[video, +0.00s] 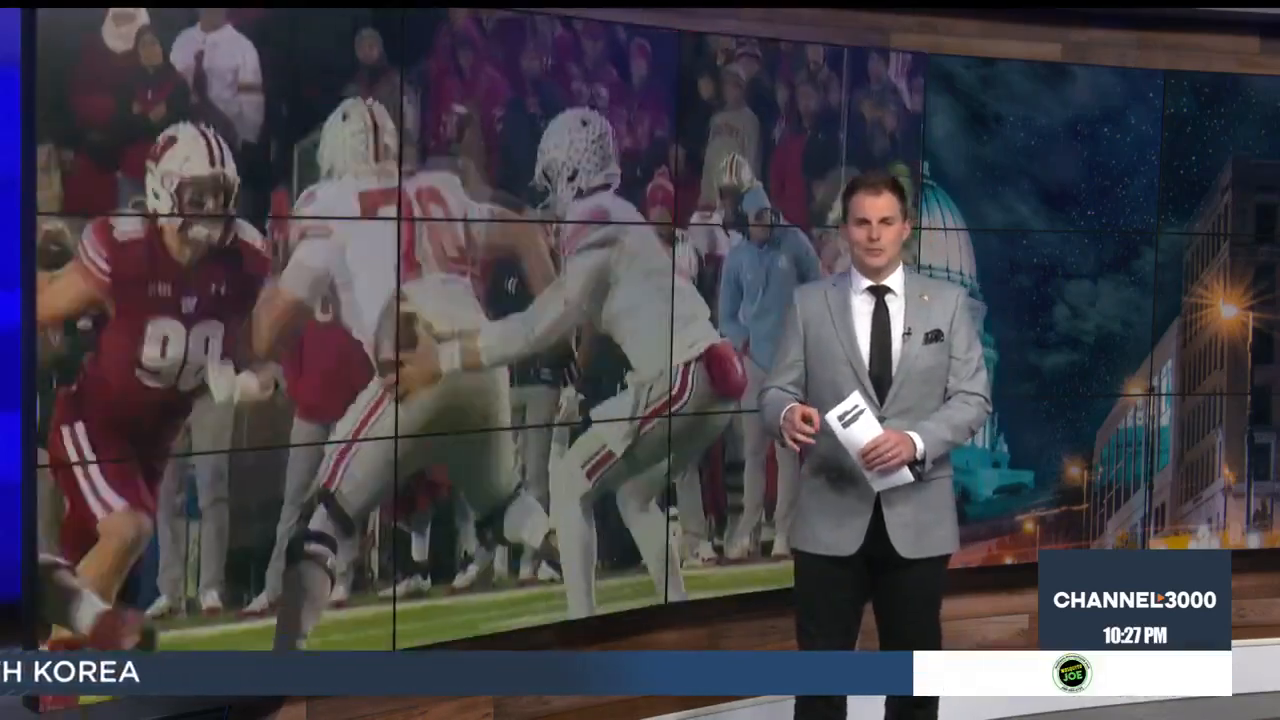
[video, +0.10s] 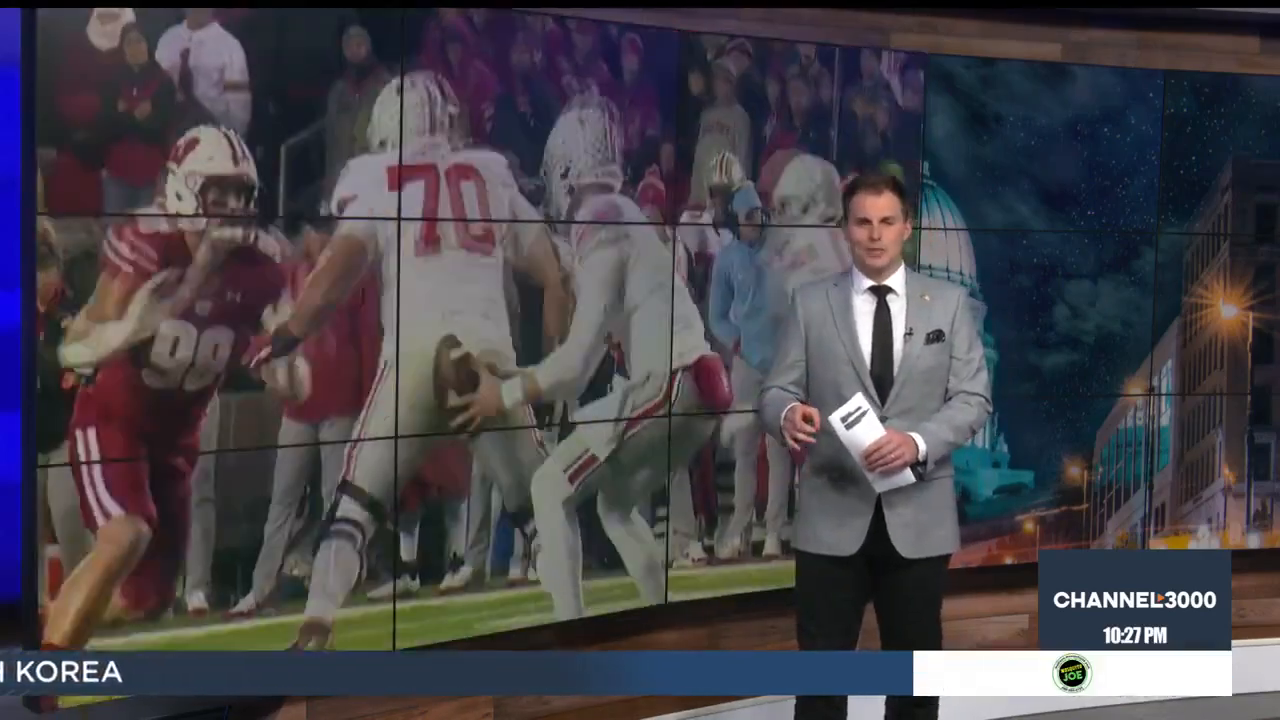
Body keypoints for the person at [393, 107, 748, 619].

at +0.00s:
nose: (546, 194)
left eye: (548, 179)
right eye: (547, 179)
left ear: (559, 173)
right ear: (606, 168)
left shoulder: (597, 225)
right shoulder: (625, 225)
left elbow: (539, 328)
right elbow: (543, 325)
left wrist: (447, 356)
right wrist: (453, 347)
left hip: (675, 380)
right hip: (716, 379)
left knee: (569, 478)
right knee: (635, 496)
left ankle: (579, 616)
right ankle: (678, 607)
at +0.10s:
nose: (548, 189)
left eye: (552, 173)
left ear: (565, 169)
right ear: (611, 164)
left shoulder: (604, 224)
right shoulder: (638, 226)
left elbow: (578, 357)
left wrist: (509, 392)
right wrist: (525, 381)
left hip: (662, 386)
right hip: (700, 388)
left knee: (550, 486)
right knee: (617, 503)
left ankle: (568, 623)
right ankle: (660, 617)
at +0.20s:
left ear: (579, 116)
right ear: (638, 116)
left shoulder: (590, 180)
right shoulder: (663, 181)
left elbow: (583, 296)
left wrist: (547, 351)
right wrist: (570, 337)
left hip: (638, 350)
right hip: (693, 349)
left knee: (538, 479)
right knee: (639, 475)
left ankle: (562, 620)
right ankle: (664, 603)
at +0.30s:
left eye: (634, 49)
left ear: (624, 66)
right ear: (676, 70)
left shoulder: (593, 124)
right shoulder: (704, 129)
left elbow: (570, 248)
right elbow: (713, 236)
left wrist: (599, 302)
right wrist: (700, 294)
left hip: (619, 298)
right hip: (686, 297)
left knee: (556, 465)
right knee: (682, 449)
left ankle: (553, 614)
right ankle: (679, 599)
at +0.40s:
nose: (727, 72)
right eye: (722, 60)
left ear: (657, 63)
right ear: (709, 69)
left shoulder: (608, 109)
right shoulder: (715, 127)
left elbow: (587, 216)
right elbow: (702, 253)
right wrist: (700, 296)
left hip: (598, 315)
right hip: (666, 319)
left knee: (555, 450)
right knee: (703, 440)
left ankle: (529, 611)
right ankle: (716, 589)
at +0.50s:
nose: (729, 113)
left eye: (728, 104)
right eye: (728, 102)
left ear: (665, 92)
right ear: (715, 97)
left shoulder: (632, 141)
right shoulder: (701, 144)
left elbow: (608, 241)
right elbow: (681, 252)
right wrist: (701, 316)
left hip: (575, 347)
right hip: (634, 352)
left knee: (547, 490)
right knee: (712, 454)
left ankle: (495, 625)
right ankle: (692, 599)